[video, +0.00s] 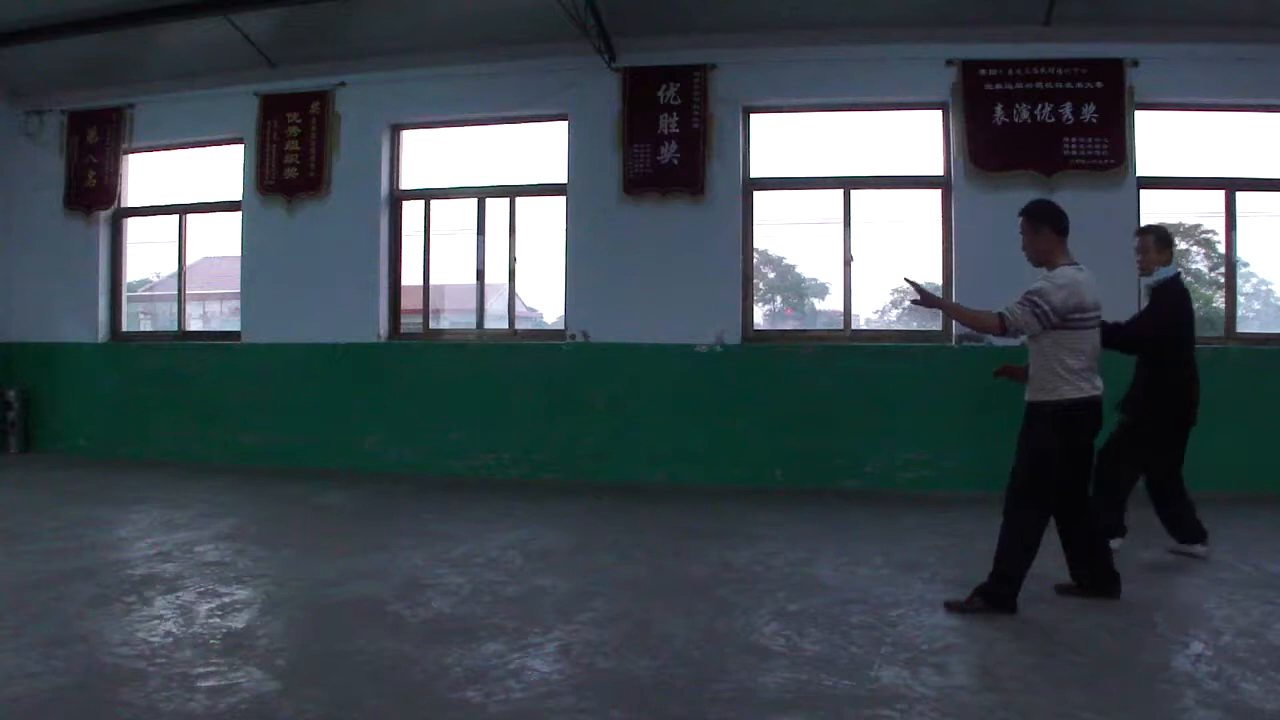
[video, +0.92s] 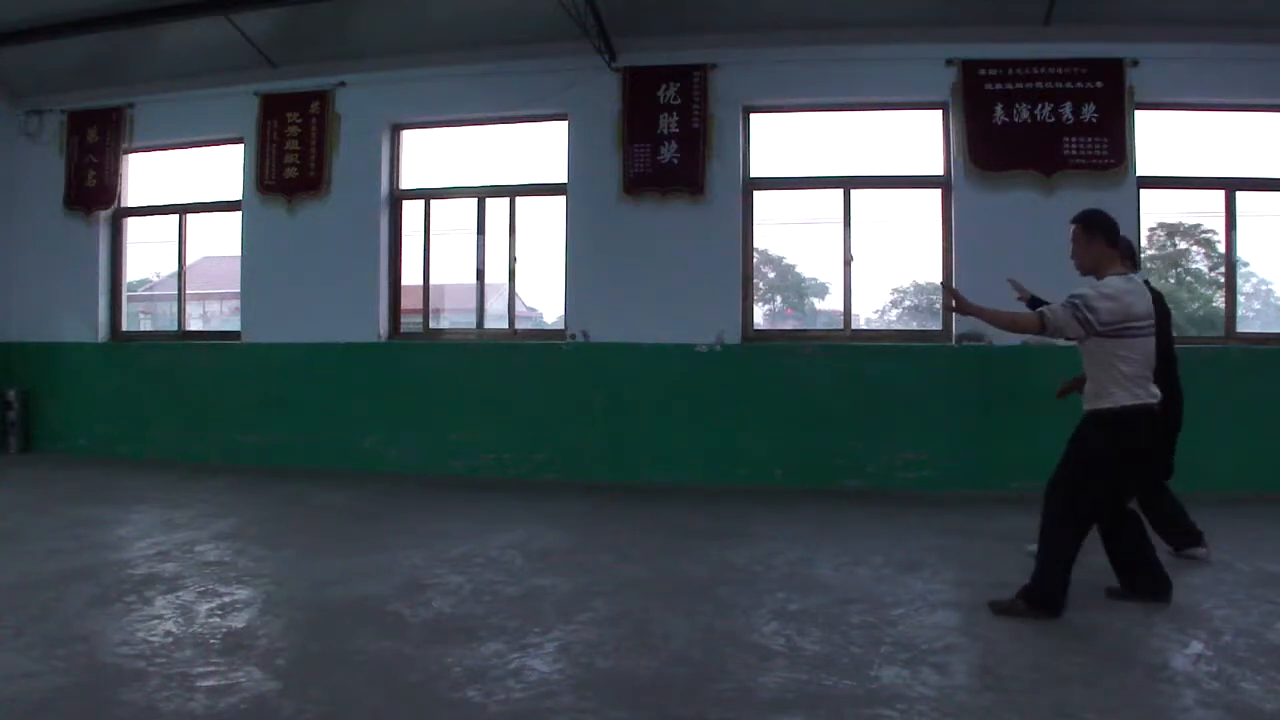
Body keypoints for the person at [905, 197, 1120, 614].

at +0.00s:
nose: (1022, 244)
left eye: (1026, 235)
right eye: (1021, 235)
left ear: (1048, 236)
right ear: (1058, 238)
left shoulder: (1053, 287)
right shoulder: (1082, 282)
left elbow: (1000, 324)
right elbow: (1078, 355)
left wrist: (942, 305)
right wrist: (1029, 372)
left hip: (1055, 410)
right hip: (1081, 406)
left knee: (1025, 501)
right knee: (1069, 497)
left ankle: (1000, 593)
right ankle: (1098, 580)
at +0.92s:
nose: (1071, 252)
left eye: (1077, 243)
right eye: (1072, 243)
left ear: (1100, 244)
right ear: (1109, 245)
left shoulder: (1100, 298)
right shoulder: (1139, 292)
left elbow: (1035, 323)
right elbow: (1129, 354)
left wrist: (969, 308)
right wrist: (1085, 379)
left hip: (1111, 420)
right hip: (1143, 415)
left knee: (1065, 499)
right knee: (1109, 500)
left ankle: (1043, 597)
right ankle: (1147, 583)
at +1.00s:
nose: (1069, 252)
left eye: (1074, 243)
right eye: (1069, 244)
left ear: (1097, 243)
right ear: (1106, 245)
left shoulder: (1096, 297)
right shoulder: (1139, 292)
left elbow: (1034, 323)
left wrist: (966, 308)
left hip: (1111, 419)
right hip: (1144, 413)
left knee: (1067, 500)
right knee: (1111, 500)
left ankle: (1044, 598)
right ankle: (1146, 583)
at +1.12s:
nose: (1062, 253)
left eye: (1067, 243)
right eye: (1062, 244)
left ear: (1089, 243)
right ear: (1102, 245)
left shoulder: (1086, 298)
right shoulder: (1136, 292)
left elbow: (1024, 323)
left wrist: (961, 307)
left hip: (1105, 420)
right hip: (1144, 413)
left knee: (1063, 501)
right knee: (1113, 500)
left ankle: (1043, 598)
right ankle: (1147, 582)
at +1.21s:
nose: (1053, 255)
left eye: (1057, 245)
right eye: (1052, 246)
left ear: (1079, 244)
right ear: (1093, 245)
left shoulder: (1073, 300)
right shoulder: (1132, 292)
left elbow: (1014, 323)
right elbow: (1149, 340)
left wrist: (957, 305)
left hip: (1098, 420)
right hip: (1140, 413)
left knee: (1057, 502)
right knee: (1113, 500)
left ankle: (1041, 598)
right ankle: (1147, 582)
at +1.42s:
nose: (1049, 266)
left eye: (1053, 257)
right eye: (1049, 258)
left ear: (1075, 255)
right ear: (1088, 257)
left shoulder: (1066, 310)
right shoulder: (1130, 301)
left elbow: (1010, 326)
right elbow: (1147, 352)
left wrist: (951, 310)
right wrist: (1084, 382)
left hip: (1099, 429)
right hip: (1142, 420)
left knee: (1048, 502)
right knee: (1105, 498)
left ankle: (1039, 599)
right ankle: (1157, 570)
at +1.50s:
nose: (1059, 269)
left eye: (1063, 259)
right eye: (1059, 260)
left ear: (1087, 260)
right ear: (1097, 261)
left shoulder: (1087, 310)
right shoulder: (1131, 302)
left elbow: (1020, 323)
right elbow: (1092, 337)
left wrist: (956, 313)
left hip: (1110, 431)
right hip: (1147, 423)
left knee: (1059, 505)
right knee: (1120, 504)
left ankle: (1039, 598)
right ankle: (1161, 576)